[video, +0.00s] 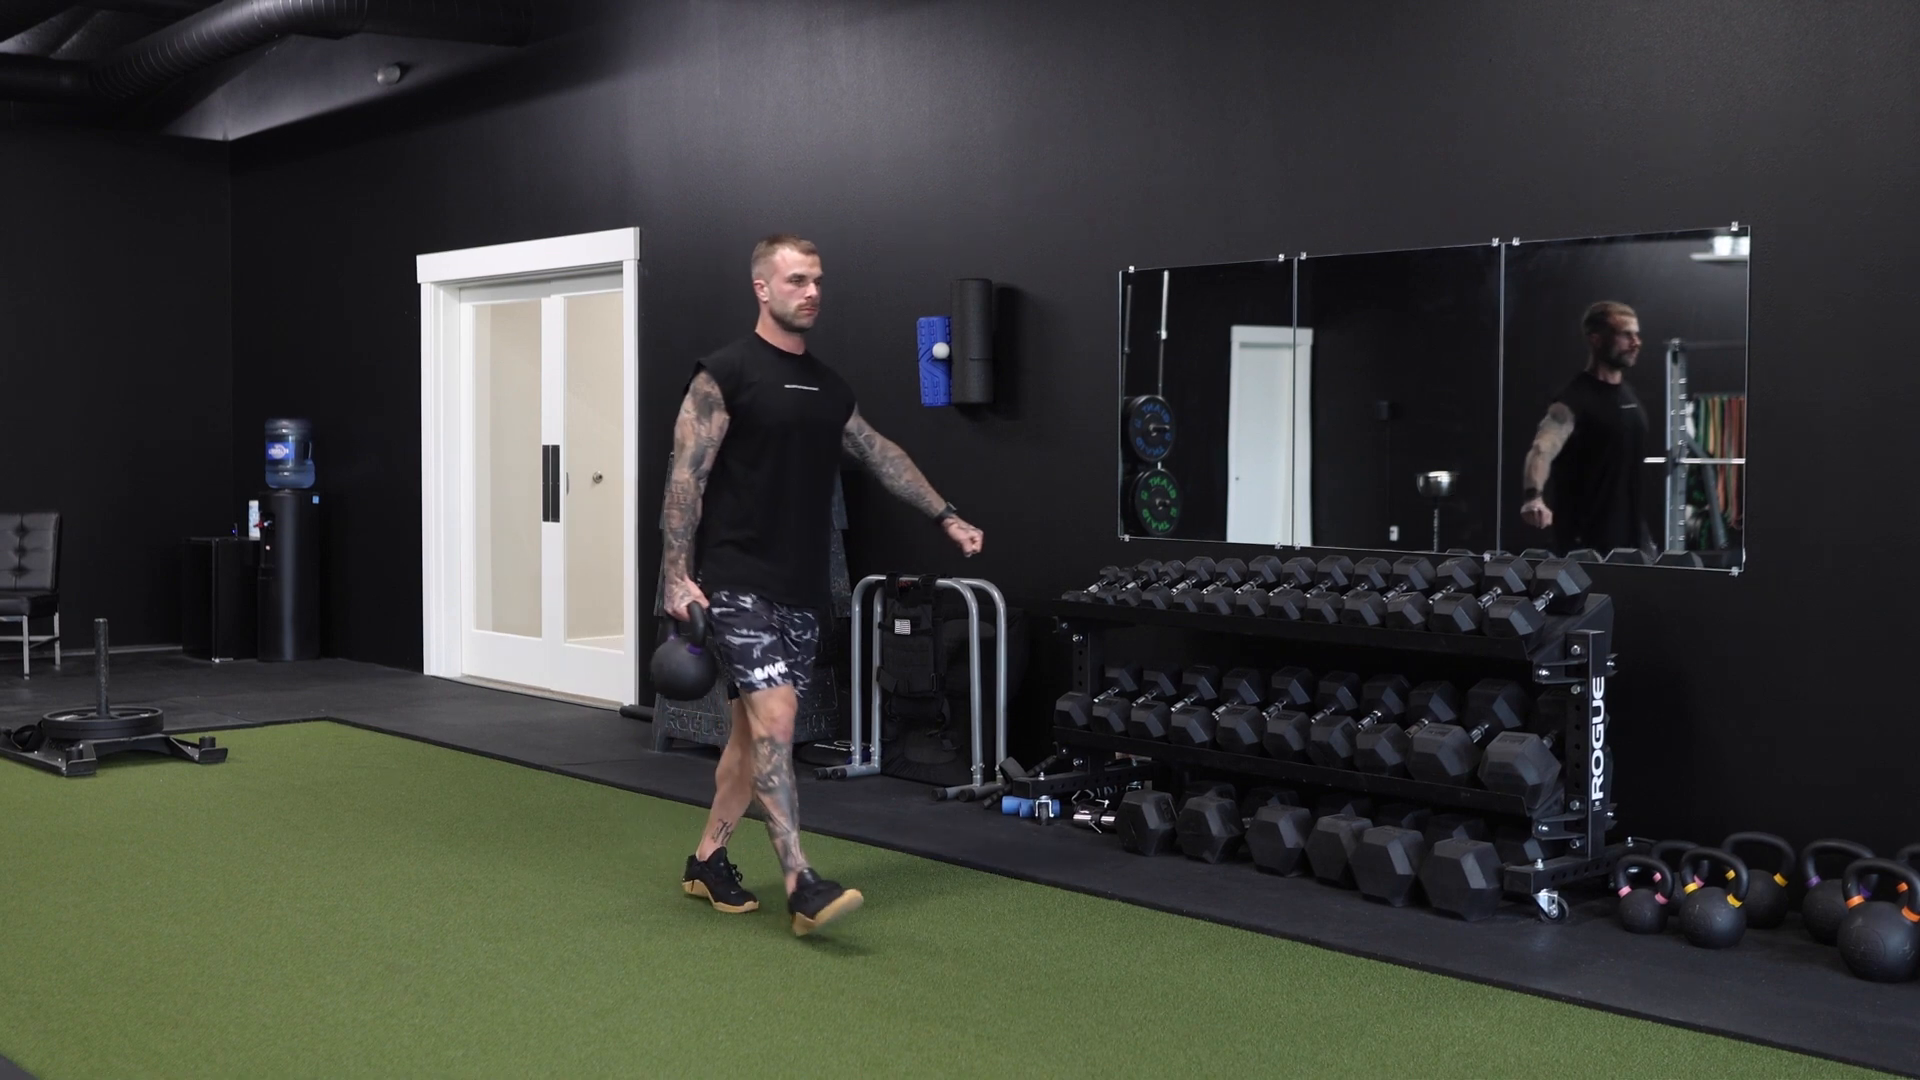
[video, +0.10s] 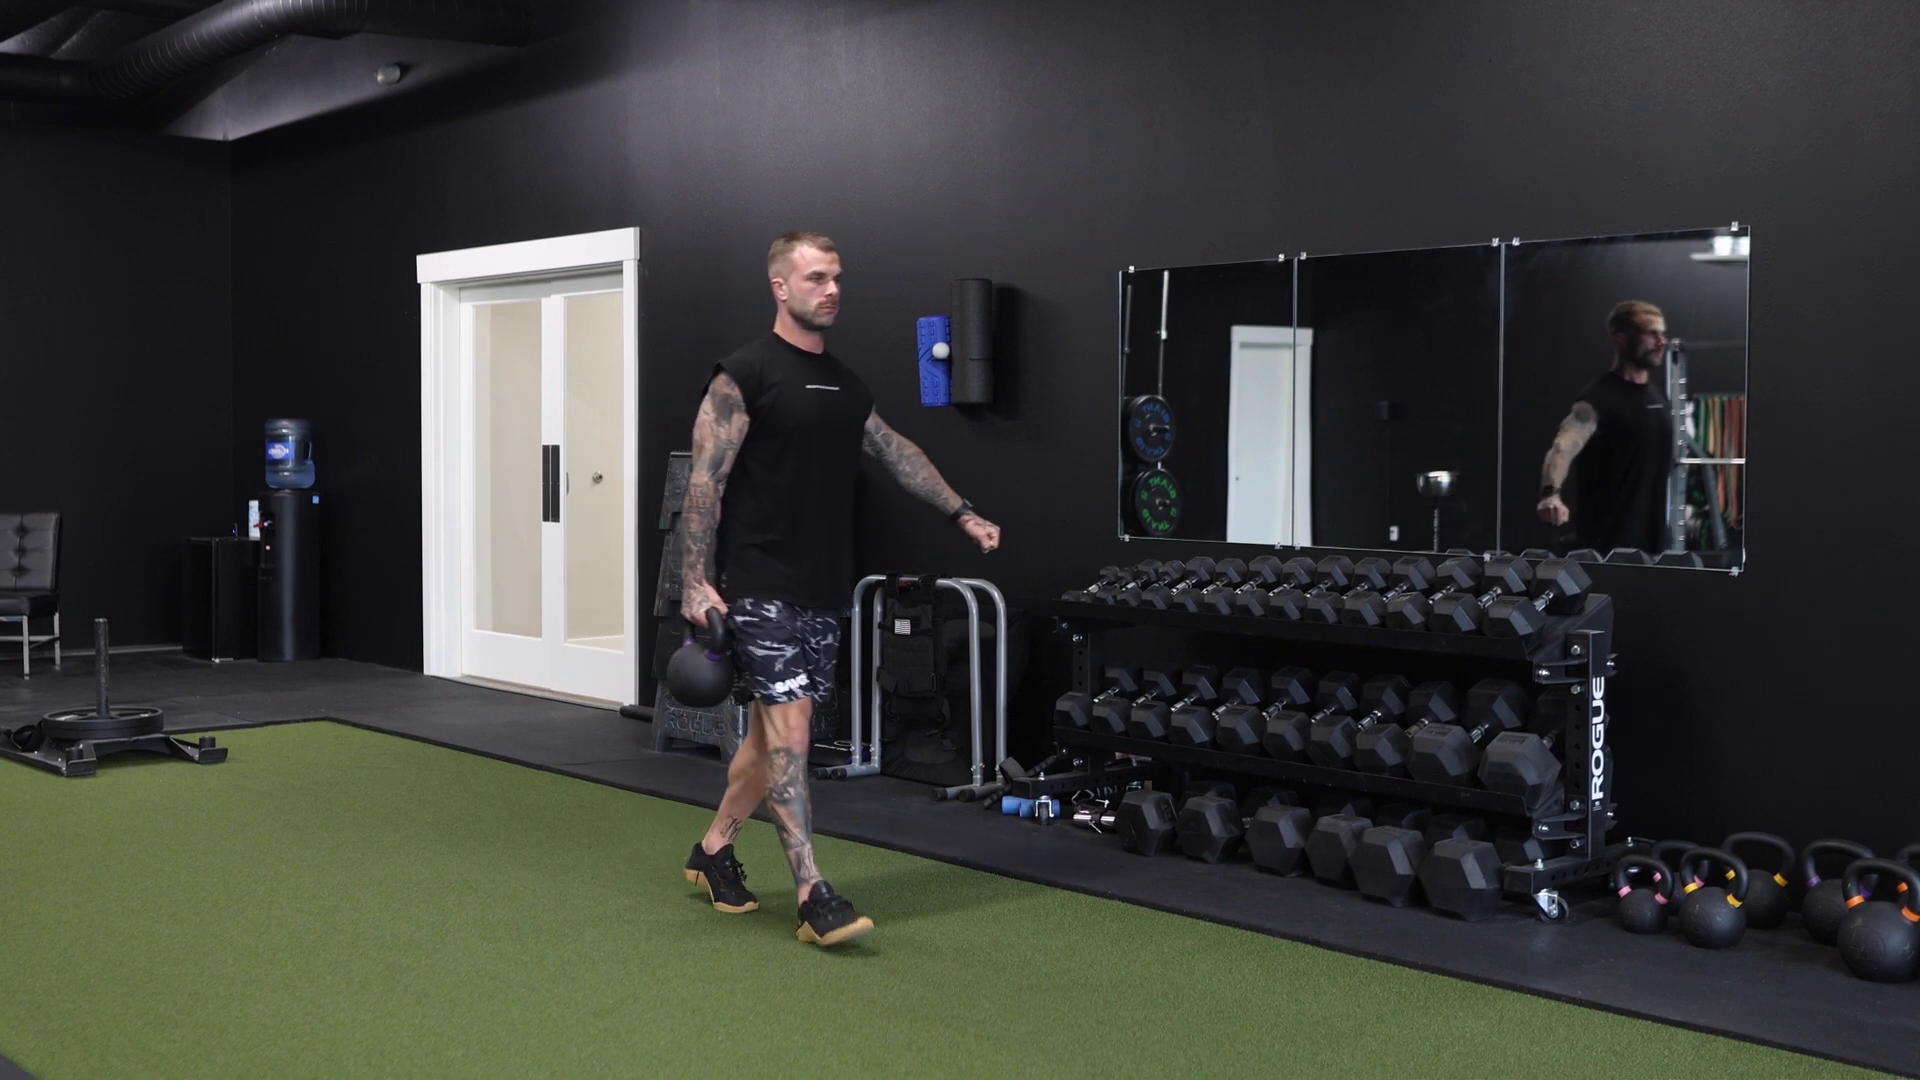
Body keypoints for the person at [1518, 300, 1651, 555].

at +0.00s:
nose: (1636, 343)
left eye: (1637, 335)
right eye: (1625, 335)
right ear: (1596, 339)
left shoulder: (1626, 395)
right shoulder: (1576, 398)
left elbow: (1626, 475)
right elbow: (1542, 450)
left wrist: (1642, 536)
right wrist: (1532, 496)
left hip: (1627, 536)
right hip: (1582, 537)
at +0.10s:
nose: (1661, 342)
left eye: (1663, 335)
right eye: (1651, 334)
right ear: (1622, 339)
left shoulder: (1655, 396)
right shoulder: (1600, 398)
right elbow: (1563, 447)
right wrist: (1550, 493)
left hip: (1652, 534)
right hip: (1606, 535)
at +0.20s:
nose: (1689, 339)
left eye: (1691, 332)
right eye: (1679, 331)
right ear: (1648, 335)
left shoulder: (1684, 399)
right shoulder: (1625, 396)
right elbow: (1586, 445)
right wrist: (1569, 490)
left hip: (1677, 535)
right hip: (1630, 535)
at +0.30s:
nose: (1713, 337)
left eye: (1715, 330)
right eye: (1702, 329)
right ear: (1671, 333)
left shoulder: (1707, 396)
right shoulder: (1648, 393)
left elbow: (1704, 469)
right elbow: (1608, 442)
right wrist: (1590, 487)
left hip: (1704, 539)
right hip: (1657, 538)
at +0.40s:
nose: (1734, 336)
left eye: (1735, 329)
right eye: (1723, 327)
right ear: (1690, 331)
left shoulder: (1727, 395)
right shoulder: (1667, 392)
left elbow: (1728, 467)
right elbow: (1628, 441)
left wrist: (1734, 526)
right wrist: (1611, 486)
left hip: (1721, 540)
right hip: (1676, 542)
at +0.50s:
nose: (1748, 336)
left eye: (1749, 327)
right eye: (1741, 326)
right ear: (1710, 332)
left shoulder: (1747, 390)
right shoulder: (1688, 393)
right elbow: (1651, 439)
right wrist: (1633, 486)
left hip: (1745, 530)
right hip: (1700, 533)